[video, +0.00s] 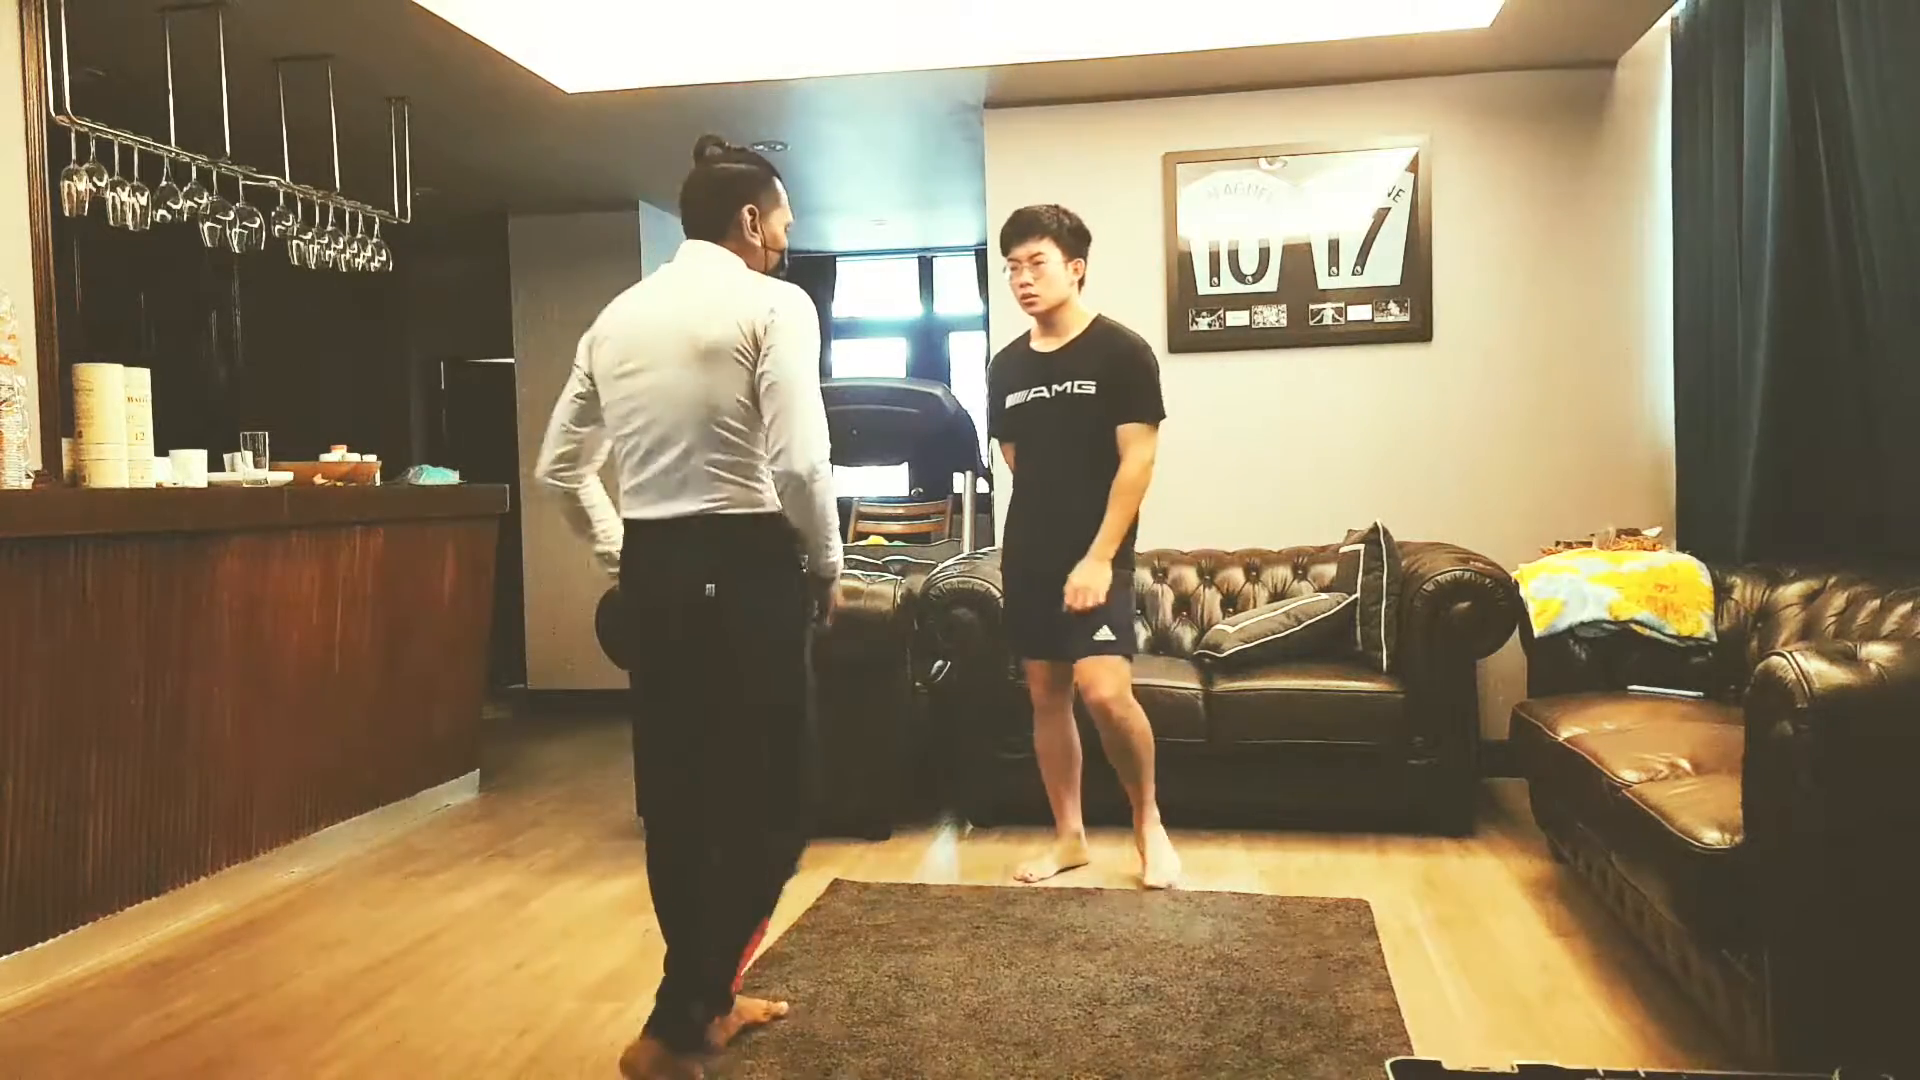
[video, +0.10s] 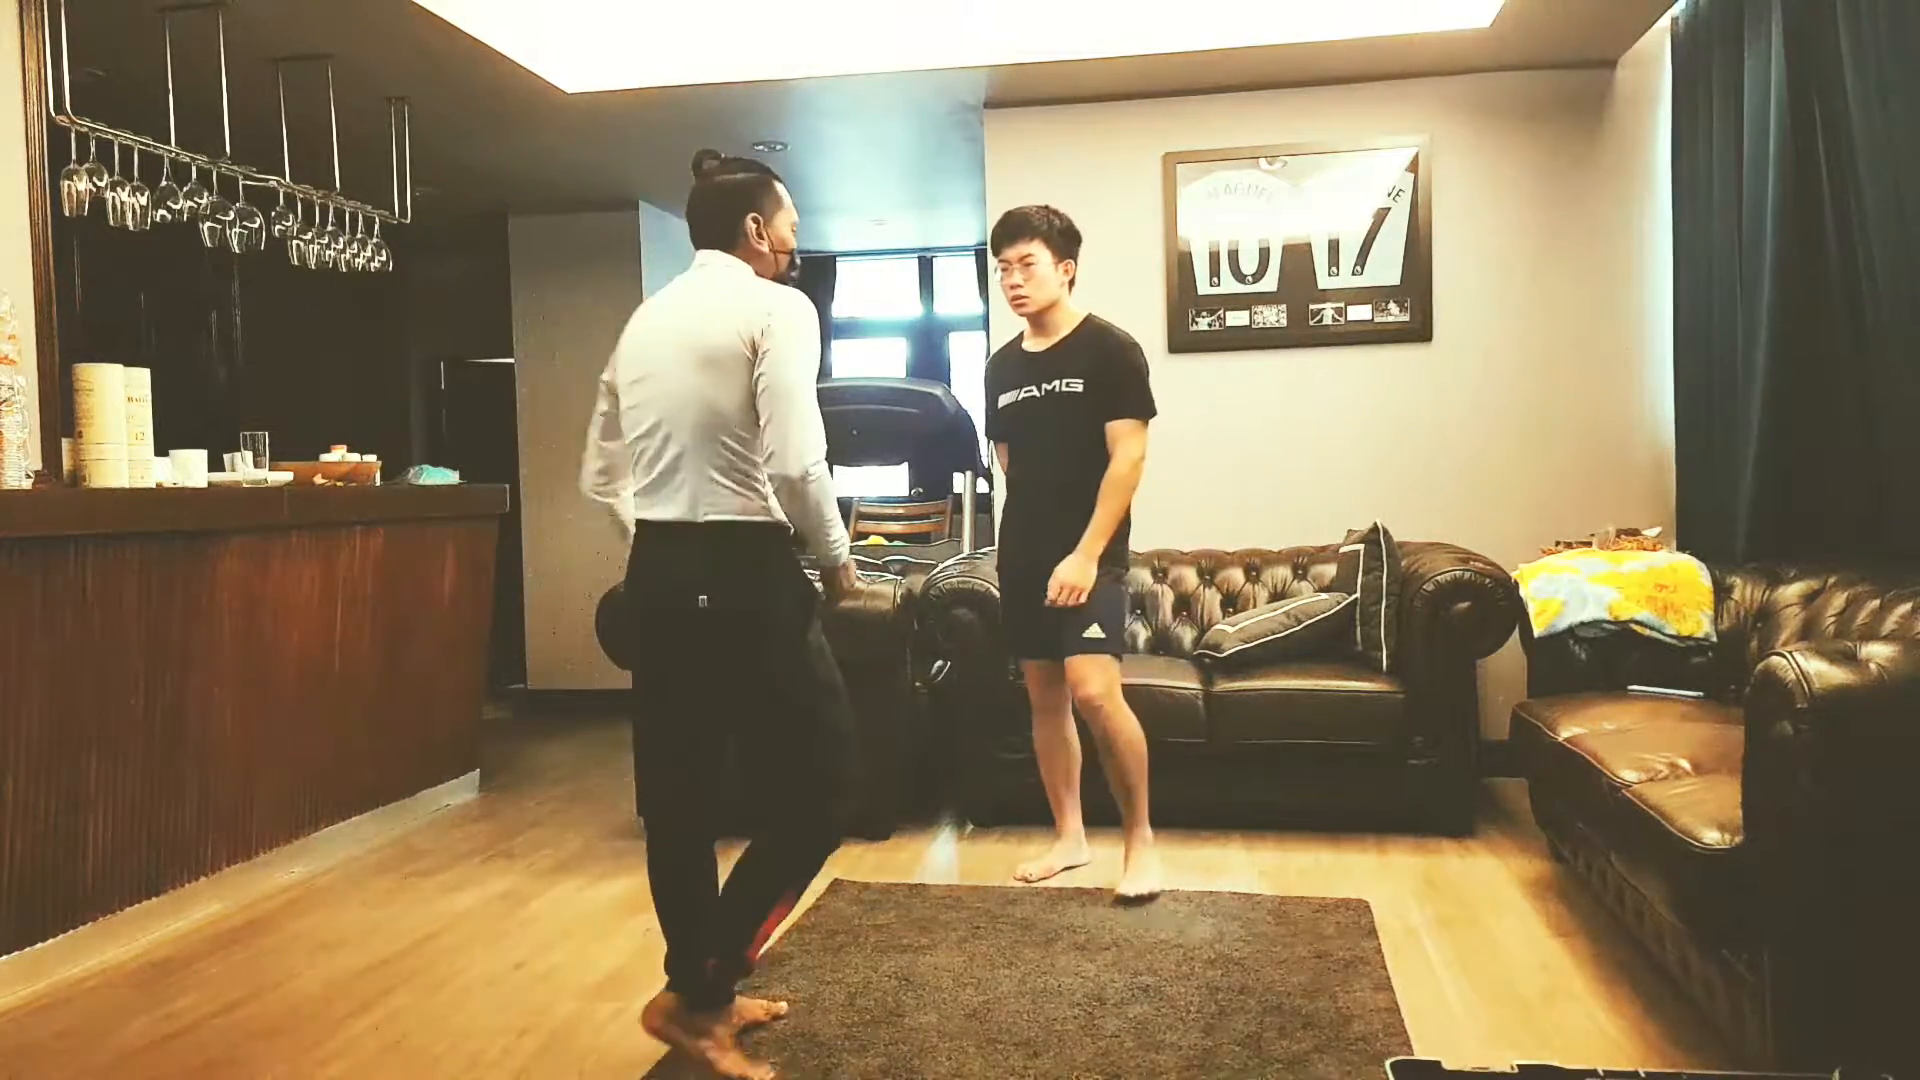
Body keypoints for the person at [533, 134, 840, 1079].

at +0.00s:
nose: (787, 239)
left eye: (786, 221)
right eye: (782, 222)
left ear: (698, 224)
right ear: (751, 220)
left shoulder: (615, 317)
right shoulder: (774, 303)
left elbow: (562, 462)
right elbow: (800, 462)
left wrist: (622, 553)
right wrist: (827, 565)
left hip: (650, 573)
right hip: (750, 569)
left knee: (672, 790)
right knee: (769, 807)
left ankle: (708, 994)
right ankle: (669, 1034)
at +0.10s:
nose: (794, 241)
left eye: (792, 225)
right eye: (788, 226)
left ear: (708, 229)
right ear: (756, 226)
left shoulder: (646, 319)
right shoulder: (779, 310)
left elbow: (603, 473)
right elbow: (794, 465)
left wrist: (673, 537)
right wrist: (840, 567)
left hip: (658, 574)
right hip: (752, 575)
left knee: (676, 794)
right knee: (820, 795)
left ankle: (705, 994)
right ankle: (693, 1005)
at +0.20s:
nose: (804, 244)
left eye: (802, 227)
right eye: (798, 227)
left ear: (723, 229)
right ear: (764, 227)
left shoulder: (664, 315)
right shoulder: (774, 310)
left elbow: (652, 462)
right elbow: (794, 465)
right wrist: (847, 523)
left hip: (671, 563)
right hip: (754, 564)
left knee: (692, 789)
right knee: (823, 780)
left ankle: (716, 996)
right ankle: (735, 990)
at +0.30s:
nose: (813, 249)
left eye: (813, 233)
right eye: (808, 232)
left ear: (743, 229)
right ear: (775, 227)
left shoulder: (695, 308)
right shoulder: (766, 311)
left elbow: (725, 465)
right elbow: (789, 460)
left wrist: (821, 510)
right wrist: (860, 442)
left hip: (703, 560)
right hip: (755, 564)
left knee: (731, 779)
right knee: (787, 784)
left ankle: (727, 988)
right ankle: (739, 1006)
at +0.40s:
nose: (830, 245)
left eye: (827, 229)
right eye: (823, 229)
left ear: (762, 232)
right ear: (792, 230)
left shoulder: (719, 308)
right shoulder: (763, 314)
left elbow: (758, 454)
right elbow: (808, 459)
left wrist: (851, 445)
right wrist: (864, 377)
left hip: (727, 551)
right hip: (762, 555)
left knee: (767, 770)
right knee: (782, 775)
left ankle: (740, 965)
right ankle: (740, 1009)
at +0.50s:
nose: (845, 243)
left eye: (841, 229)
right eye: (837, 228)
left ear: (784, 236)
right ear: (804, 233)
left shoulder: (756, 312)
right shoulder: (763, 317)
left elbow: (796, 450)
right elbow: (820, 450)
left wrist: (878, 432)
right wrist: (861, 355)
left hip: (762, 551)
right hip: (764, 555)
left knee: (783, 772)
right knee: (779, 777)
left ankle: (749, 965)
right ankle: (736, 1015)